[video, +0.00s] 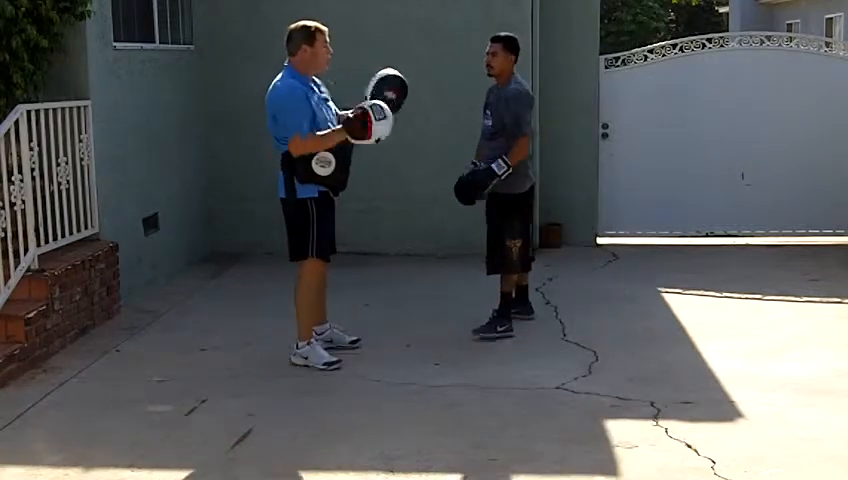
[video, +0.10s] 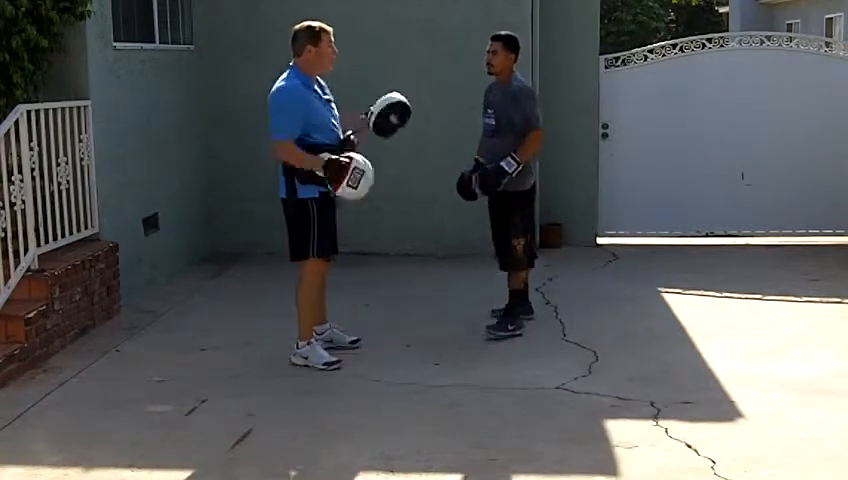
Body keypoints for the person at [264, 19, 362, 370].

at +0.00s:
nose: (330, 51)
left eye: (329, 45)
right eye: (325, 45)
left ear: (306, 51)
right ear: (305, 51)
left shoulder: (309, 82)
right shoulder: (288, 89)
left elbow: (328, 119)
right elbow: (298, 145)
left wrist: (357, 116)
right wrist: (344, 132)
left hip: (318, 186)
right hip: (301, 190)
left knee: (321, 260)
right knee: (311, 262)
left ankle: (320, 329)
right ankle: (304, 345)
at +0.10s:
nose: (335, 51)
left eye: (334, 45)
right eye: (330, 45)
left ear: (312, 51)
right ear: (310, 51)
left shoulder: (314, 84)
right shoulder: (287, 91)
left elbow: (322, 136)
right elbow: (283, 149)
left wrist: (352, 134)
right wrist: (323, 165)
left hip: (320, 189)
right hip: (302, 193)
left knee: (322, 260)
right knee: (312, 262)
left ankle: (319, 330)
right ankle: (304, 345)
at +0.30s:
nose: (345, 53)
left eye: (343, 46)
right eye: (340, 46)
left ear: (320, 51)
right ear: (321, 50)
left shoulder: (318, 83)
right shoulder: (298, 88)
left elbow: (326, 133)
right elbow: (279, 138)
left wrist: (353, 145)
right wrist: (279, 184)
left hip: (326, 190)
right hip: (311, 192)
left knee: (322, 261)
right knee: (316, 263)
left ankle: (319, 330)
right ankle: (304, 344)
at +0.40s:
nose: (345, 52)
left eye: (344, 46)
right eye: (341, 45)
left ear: (319, 49)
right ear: (325, 48)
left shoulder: (318, 82)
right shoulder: (305, 84)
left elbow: (314, 133)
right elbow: (288, 134)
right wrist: (284, 174)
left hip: (325, 189)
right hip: (313, 191)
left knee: (322, 260)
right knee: (317, 262)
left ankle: (318, 329)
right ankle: (305, 344)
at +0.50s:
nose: (345, 52)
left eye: (343, 46)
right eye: (341, 46)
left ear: (313, 50)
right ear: (325, 48)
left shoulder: (294, 82)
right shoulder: (316, 81)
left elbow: (282, 131)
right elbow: (306, 127)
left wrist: (303, 154)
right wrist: (317, 159)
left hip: (306, 190)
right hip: (318, 192)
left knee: (314, 261)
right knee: (319, 262)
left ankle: (318, 329)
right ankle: (305, 344)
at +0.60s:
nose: (343, 52)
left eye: (342, 46)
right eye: (339, 46)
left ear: (311, 51)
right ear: (322, 49)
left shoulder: (289, 84)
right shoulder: (321, 79)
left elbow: (274, 134)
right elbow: (328, 113)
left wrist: (306, 153)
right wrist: (355, 130)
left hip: (301, 187)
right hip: (320, 188)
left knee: (312, 261)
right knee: (319, 262)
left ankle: (318, 329)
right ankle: (305, 344)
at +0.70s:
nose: (341, 51)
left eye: (340, 45)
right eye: (337, 46)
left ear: (309, 52)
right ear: (319, 49)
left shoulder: (285, 86)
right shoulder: (323, 78)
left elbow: (273, 138)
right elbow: (351, 100)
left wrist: (312, 150)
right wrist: (395, 104)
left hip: (300, 188)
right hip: (322, 188)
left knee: (312, 261)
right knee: (321, 262)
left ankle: (320, 328)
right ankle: (305, 345)